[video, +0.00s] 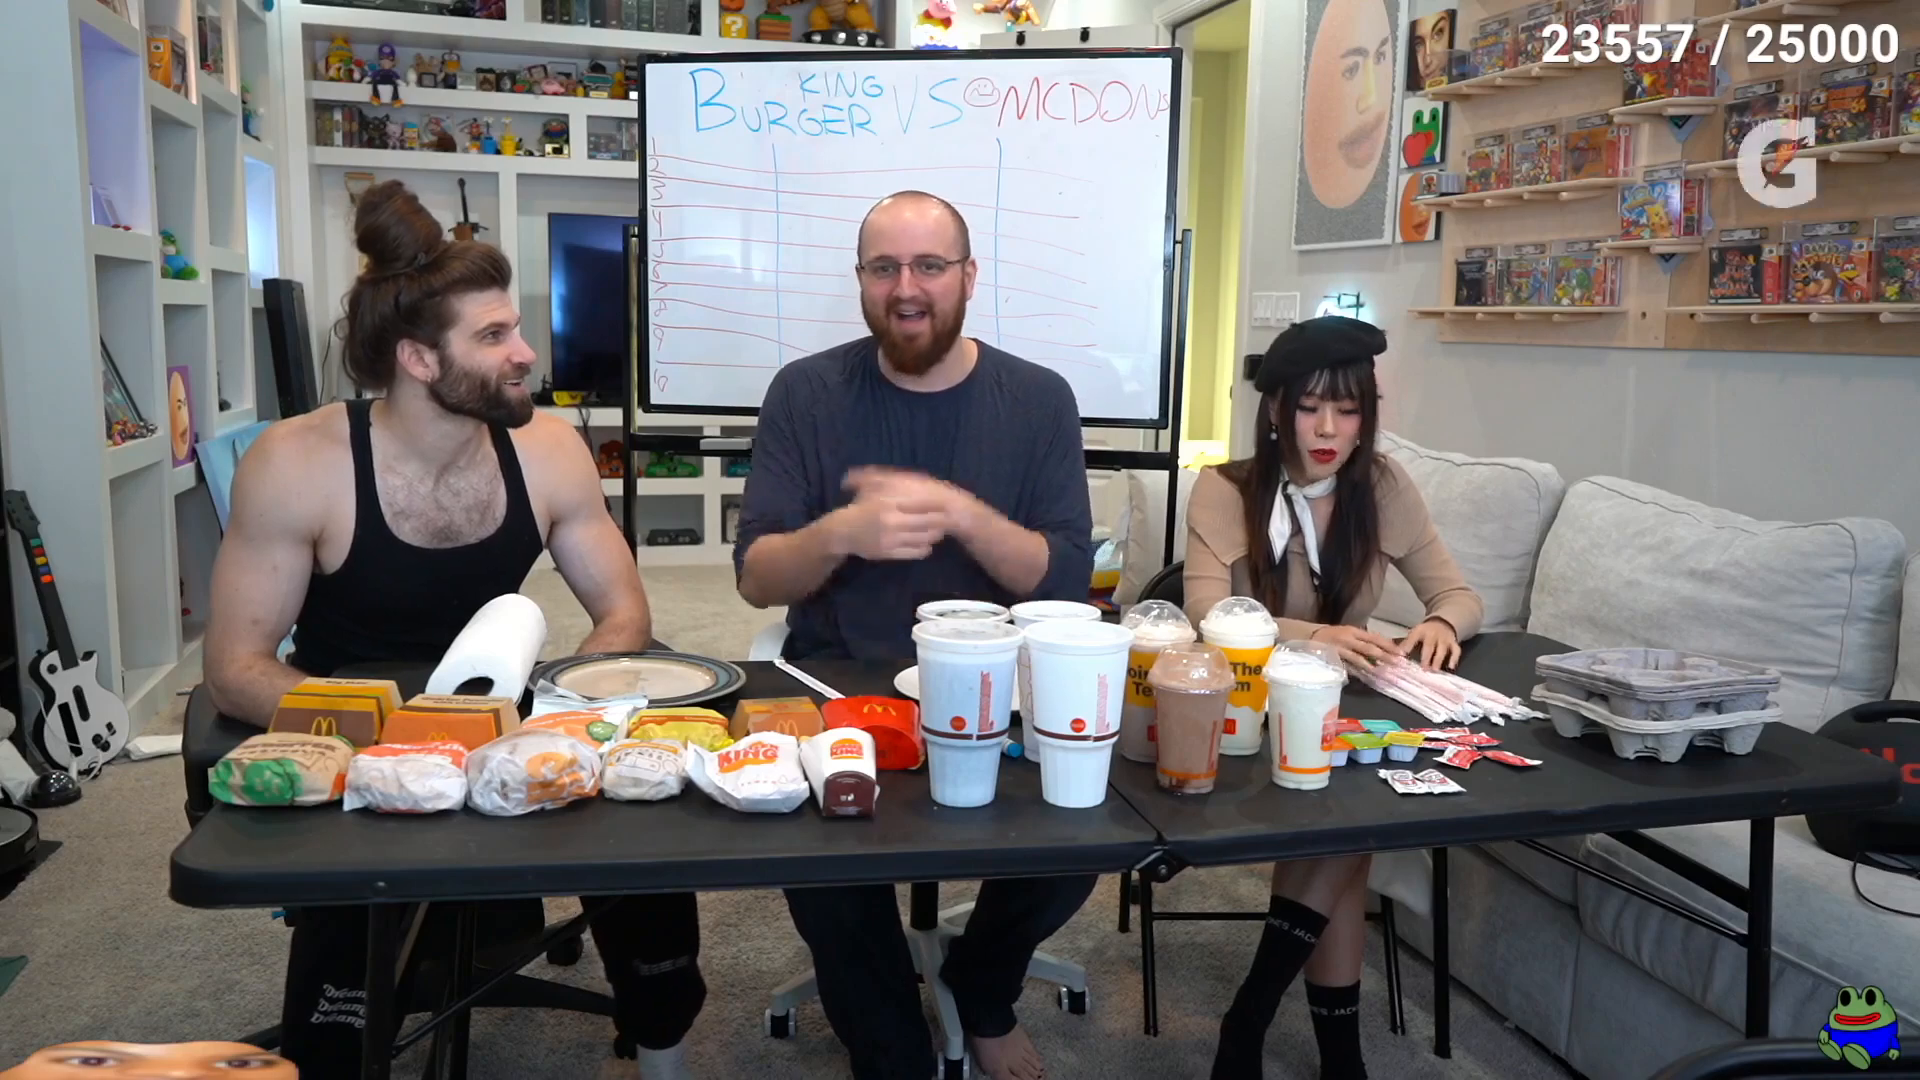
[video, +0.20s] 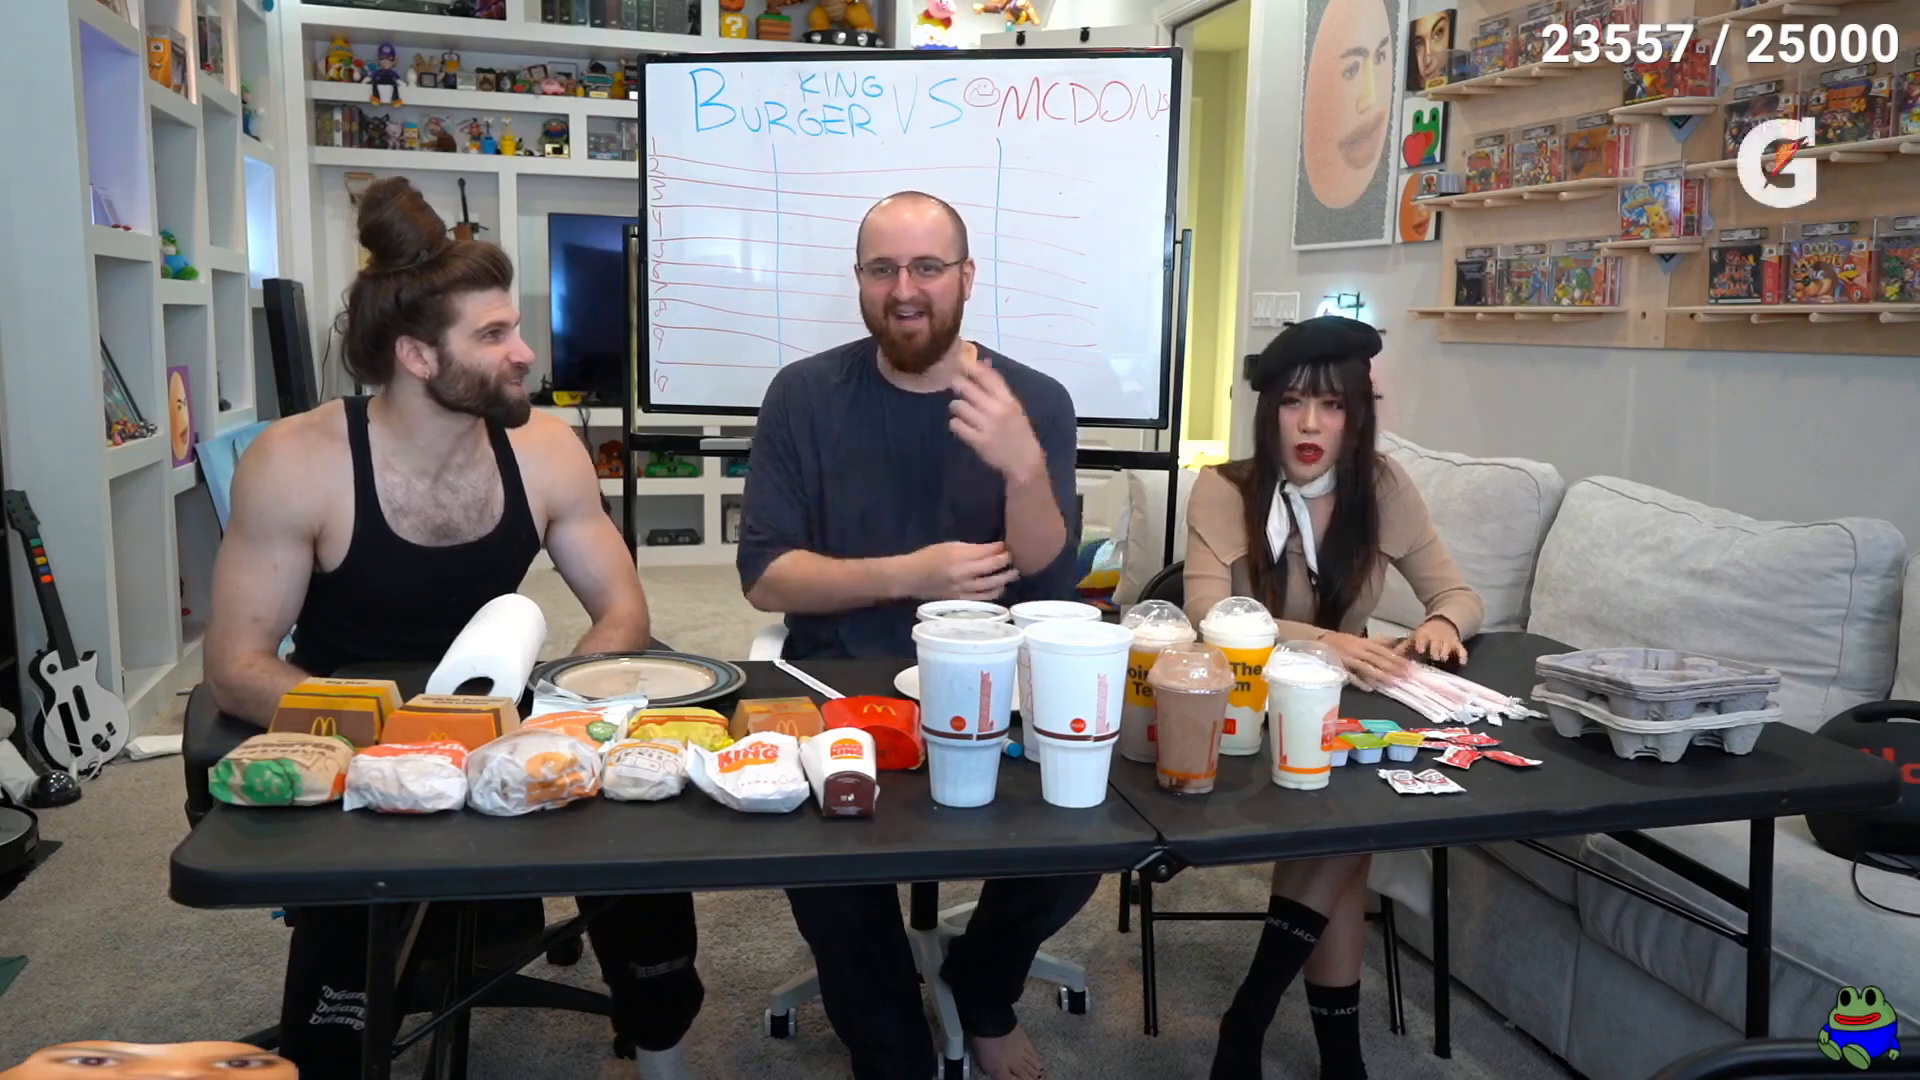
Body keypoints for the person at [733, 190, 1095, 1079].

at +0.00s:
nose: (906, 288)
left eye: (929, 266)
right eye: (884, 268)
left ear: (969, 278)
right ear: (860, 284)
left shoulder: (1037, 398)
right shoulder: (805, 392)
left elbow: (1069, 585)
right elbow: (758, 580)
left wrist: (967, 515)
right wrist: (840, 531)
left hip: (999, 681)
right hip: (842, 679)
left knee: (1076, 837)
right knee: (819, 851)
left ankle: (980, 986)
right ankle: (898, 1058)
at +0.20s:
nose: (905, 290)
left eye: (928, 268)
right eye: (883, 270)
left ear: (966, 278)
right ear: (858, 285)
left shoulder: (1033, 401)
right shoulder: (804, 395)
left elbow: (1051, 579)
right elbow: (764, 576)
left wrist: (1025, 466)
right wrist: (908, 573)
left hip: (998, 680)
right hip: (844, 680)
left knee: (1081, 833)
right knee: (824, 855)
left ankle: (980, 985)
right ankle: (899, 1058)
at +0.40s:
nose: (900, 289)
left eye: (923, 268)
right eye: (878, 269)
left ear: (962, 277)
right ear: (854, 283)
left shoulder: (1020, 392)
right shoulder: (802, 394)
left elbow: (1038, 565)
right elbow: (762, 576)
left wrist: (1047, 470)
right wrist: (924, 580)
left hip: (993, 673)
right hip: (840, 677)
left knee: (1075, 835)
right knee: (821, 853)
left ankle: (980, 986)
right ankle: (898, 1060)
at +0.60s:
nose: (895, 288)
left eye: (918, 268)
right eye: (874, 269)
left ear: (957, 278)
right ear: (850, 282)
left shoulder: (1012, 394)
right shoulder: (798, 395)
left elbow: (1037, 565)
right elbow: (762, 575)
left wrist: (1057, 463)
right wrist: (933, 583)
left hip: (987, 671)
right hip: (839, 674)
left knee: (1076, 831)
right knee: (822, 856)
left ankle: (980, 988)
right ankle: (900, 1061)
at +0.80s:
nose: (897, 295)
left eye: (920, 274)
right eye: (875, 274)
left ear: (954, 280)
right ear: (849, 283)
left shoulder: (1013, 391)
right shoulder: (798, 394)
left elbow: (1049, 567)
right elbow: (756, 573)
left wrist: (1040, 453)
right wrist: (922, 566)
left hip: (986, 668)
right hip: (838, 672)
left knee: (1076, 835)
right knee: (824, 856)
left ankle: (980, 987)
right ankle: (898, 1061)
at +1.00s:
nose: (935, 294)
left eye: (947, 272)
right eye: (908, 277)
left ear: (964, 276)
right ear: (853, 289)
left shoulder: (1015, 395)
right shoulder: (790, 408)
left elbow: (1083, 575)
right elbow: (727, 575)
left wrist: (1014, 522)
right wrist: (848, 580)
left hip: (998, 681)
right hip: (839, 688)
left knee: (1077, 834)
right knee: (823, 857)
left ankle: (980, 988)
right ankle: (899, 1061)